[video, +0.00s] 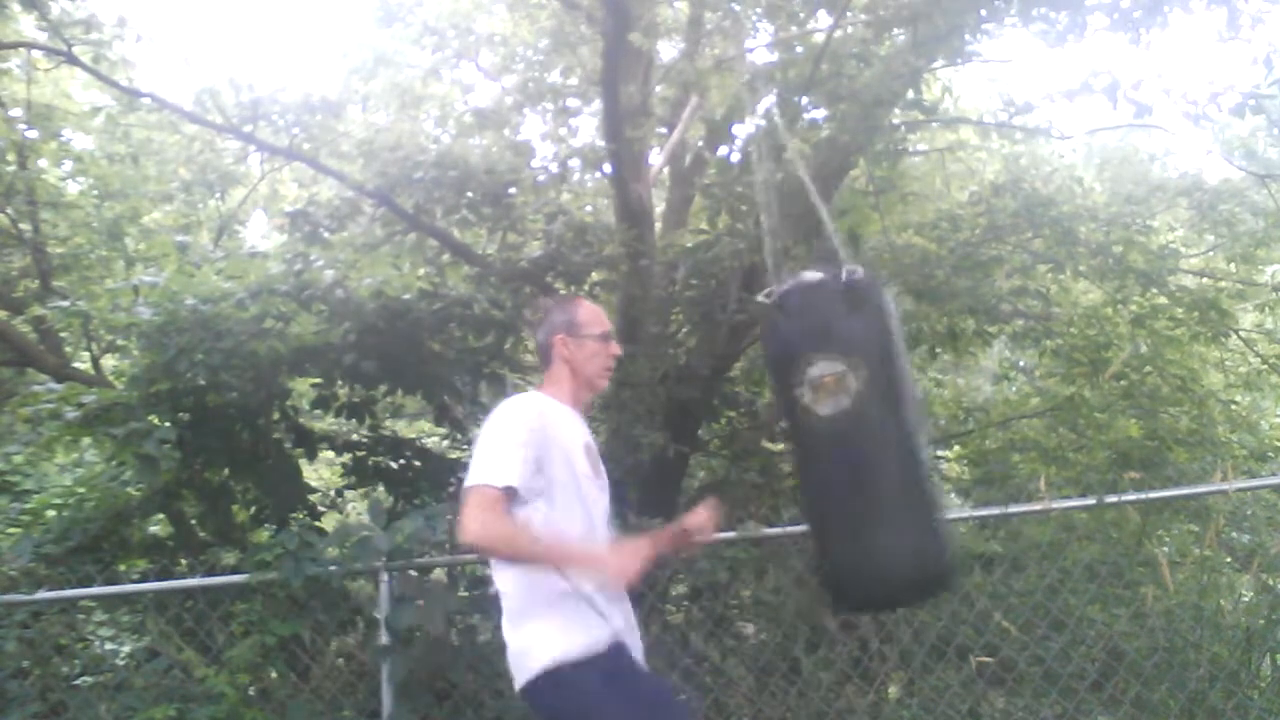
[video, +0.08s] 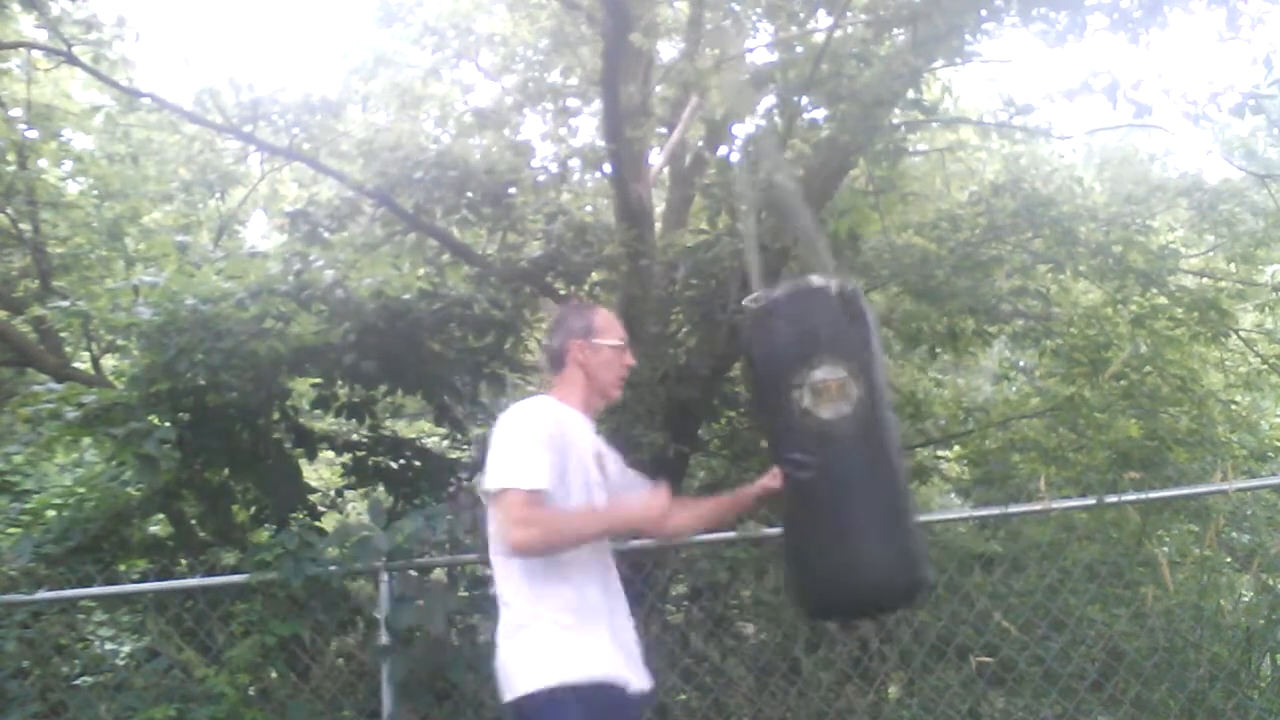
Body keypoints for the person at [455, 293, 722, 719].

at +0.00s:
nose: (617, 351)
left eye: (615, 339)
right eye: (603, 338)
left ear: (569, 348)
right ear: (563, 346)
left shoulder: (576, 435)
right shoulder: (520, 416)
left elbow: (600, 554)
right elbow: (478, 524)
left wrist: (673, 538)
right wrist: (600, 559)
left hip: (604, 653)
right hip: (565, 662)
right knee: (675, 709)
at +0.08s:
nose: (631, 361)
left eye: (629, 348)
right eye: (618, 346)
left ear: (584, 354)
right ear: (579, 352)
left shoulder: (596, 451)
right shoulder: (529, 421)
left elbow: (665, 520)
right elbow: (520, 531)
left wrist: (756, 492)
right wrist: (632, 513)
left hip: (610, 670)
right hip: (559, 676)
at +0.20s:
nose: (634, 376)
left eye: (634, 364)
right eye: (627, 362)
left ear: (594, 359)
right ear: (591, 357)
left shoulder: (577, 441)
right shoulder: (538, 422)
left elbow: (645, 517)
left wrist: (743, 502)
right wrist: (652, 479)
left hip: (569, 693)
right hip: (526, 694)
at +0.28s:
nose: (626, 379)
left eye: (626, 365)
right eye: (619, 362)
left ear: (584, 363)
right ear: (583, 361)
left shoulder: (554, 440)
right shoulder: (523, 424)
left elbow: (642, 529)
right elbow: (630, 519)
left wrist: (741, 510)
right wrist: (648, 455)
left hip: (528, 695)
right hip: (490, 694)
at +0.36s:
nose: (617, 385)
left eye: (617, 372)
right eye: (611, 369)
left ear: (577, 369)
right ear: (574, 366)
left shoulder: (544, 453)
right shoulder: (502, 423)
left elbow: (604, 554)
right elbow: (617, 511)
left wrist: (707, 536)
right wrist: (627, 435)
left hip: (500, 696)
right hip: (446, 692)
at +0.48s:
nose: (598, 412)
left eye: (599, 398)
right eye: (592, 395)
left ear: (555, 390)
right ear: (553, 387)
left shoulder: (529, 476)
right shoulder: (461, 439)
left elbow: (528, 597)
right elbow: (550, 546)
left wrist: (624, 608)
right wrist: (591, 467)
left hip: (472, 700)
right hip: (397, 697)